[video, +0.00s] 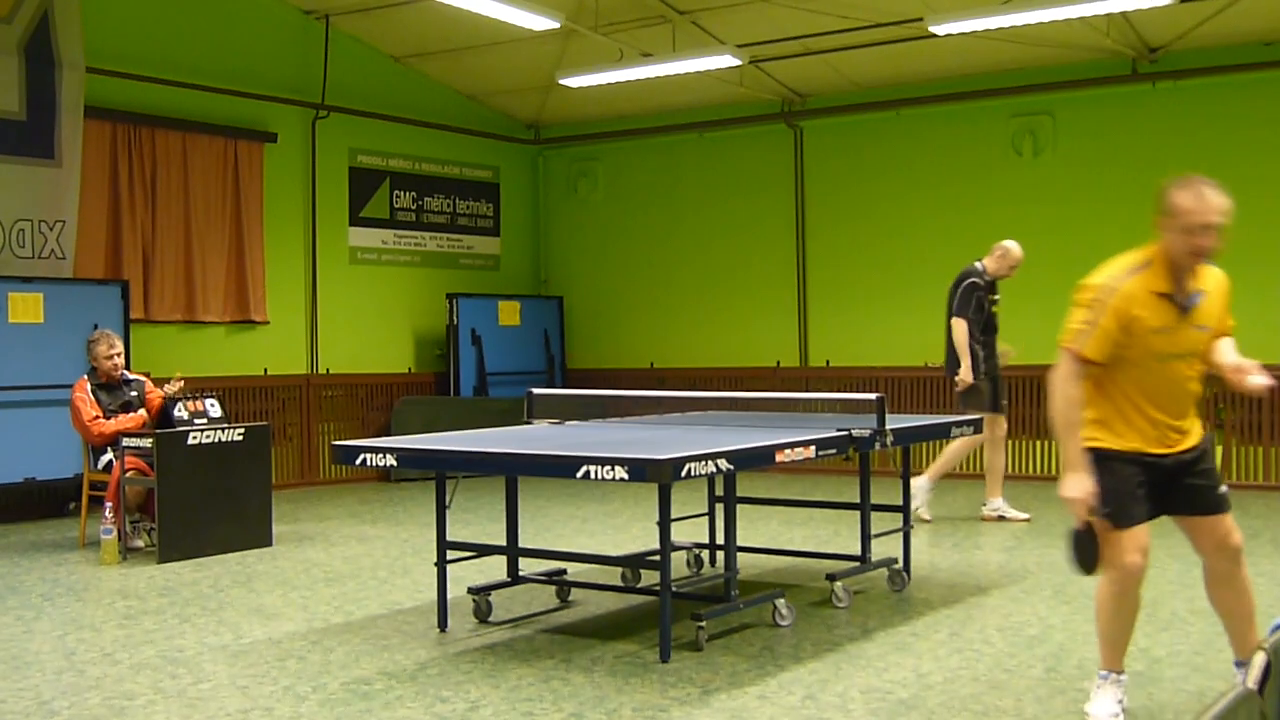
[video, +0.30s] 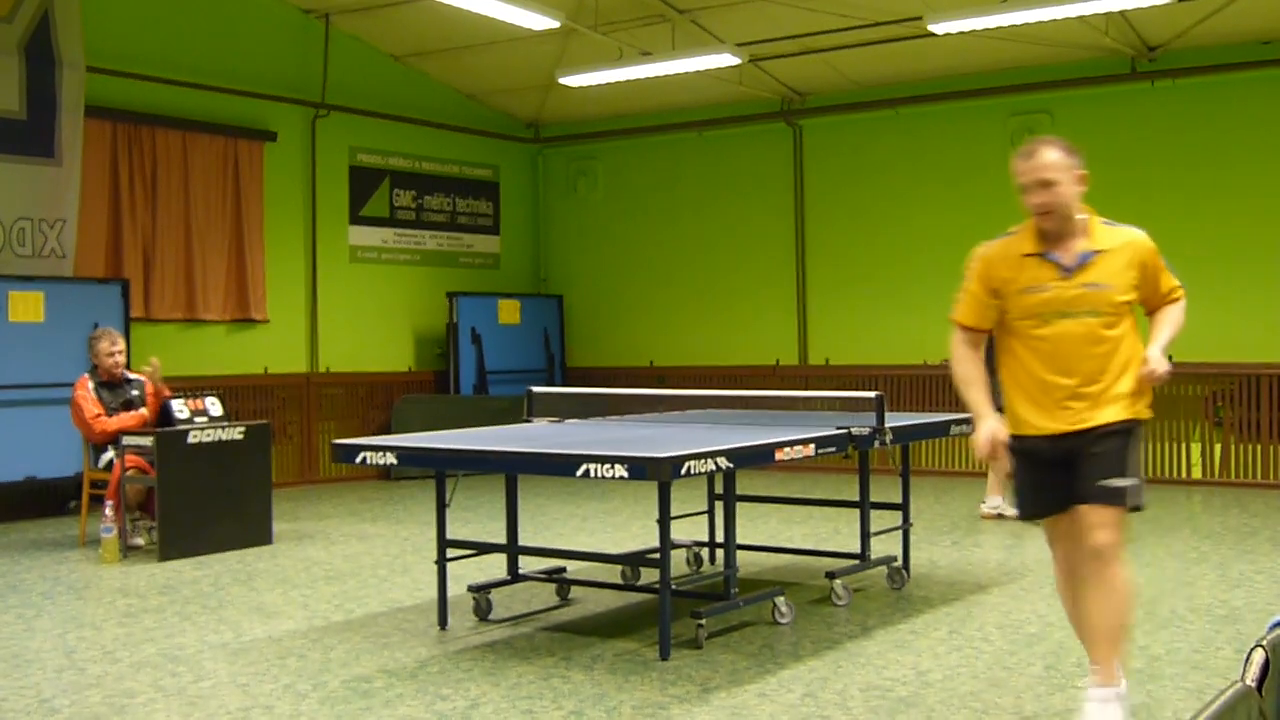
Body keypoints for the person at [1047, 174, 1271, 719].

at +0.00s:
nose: (1204, 242)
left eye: (1214, 230)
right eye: (1192, 230)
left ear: (1223, 230)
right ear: (1162, 226)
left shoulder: (1214, 282)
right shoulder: (1112, 286)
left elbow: (1217, 340)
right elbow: (1065, 372)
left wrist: (1236, 366)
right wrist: (1073, 465)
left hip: (1183, 440)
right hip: (1114, 446)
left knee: (1225, 545)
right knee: (1127, 561)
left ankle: (1251, 666)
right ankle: (1109, 681)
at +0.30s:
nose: (1038, 198)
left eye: (1048, 185)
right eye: (1027, 188)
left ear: (1080, 180)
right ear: (1017, 192)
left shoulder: (1130, 247)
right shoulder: (993, 261)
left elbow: (1170, 300)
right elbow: (964, 344)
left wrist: (1157, 347)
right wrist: (984, 414)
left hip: (1109, 420)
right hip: (1035, 428)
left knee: (1100, 542)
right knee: (1067, 553)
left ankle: (1106, 684)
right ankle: (1104, 669)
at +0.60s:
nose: (932, 201)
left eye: (943, 187)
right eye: (923, 191)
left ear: (978, 184)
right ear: (917, 197)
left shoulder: (1032, 257)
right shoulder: (917, 261)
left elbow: (1101, 323)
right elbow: (902, 341)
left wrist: (1039, 367)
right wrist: (897, 412)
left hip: (1010, 429)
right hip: (949, 435)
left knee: (968, 563)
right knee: (980, 568)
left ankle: (993, 711)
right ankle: (1069, 647)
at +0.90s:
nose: (791, 206)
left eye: (799, 189)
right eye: (783, 195)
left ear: (836, 177)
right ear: (785, 195)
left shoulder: (879, 236)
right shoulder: (818, 250)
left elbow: (862, 312)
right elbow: (838, 353)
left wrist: (798, 270)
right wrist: (807, 414)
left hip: (895, 429)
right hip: (838, 431)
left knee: (925, 565)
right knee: (810, 559)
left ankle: (983, 704)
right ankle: (766, 690)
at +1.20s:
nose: (648, 231)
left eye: (649, 216)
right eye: (643, 219)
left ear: (679, 198)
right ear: (678, 202)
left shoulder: (729, 243)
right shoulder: (709, 248)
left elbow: (712, 342)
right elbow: (719, 348)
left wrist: (655, 414)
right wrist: (687, 437)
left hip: (740, 437)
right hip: (717, 436)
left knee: (707, 564)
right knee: (698, 563)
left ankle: (849, 660)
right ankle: (717, 700)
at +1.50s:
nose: (514, 235)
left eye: (513, 221)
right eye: (510, 223)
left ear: (538, 209)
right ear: (552, 207)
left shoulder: (576, 255)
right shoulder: (611, 251)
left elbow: (600, 351)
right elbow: (613, 360)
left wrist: (584, 449)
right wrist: (533, 377)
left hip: (580, 449)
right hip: (634, 446)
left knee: (521, 566)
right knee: (658, 562)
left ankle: (466, 686)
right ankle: (709, 687)